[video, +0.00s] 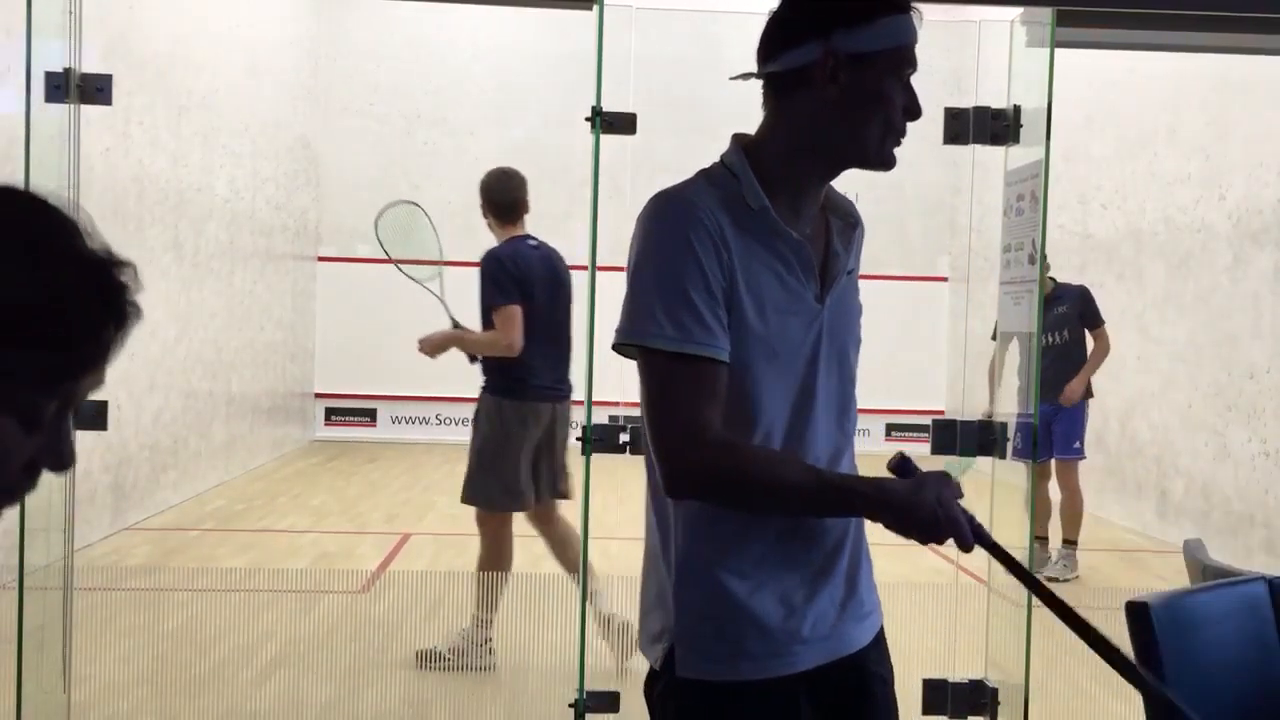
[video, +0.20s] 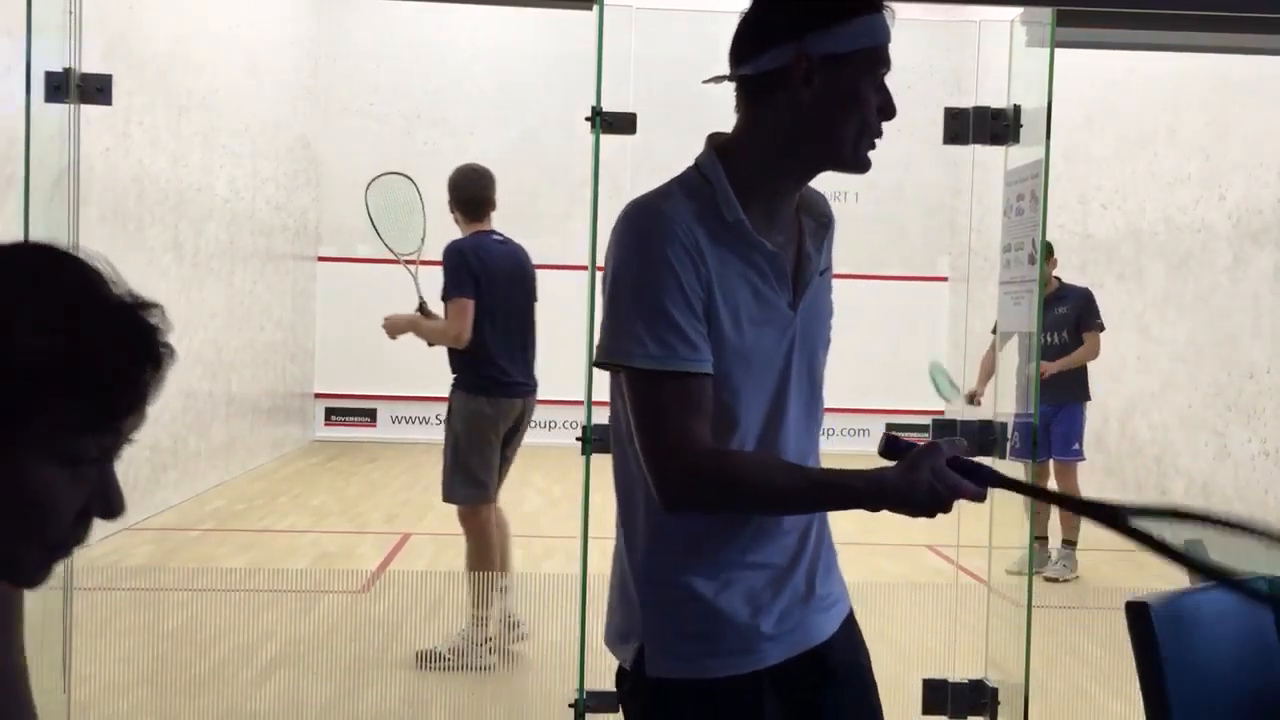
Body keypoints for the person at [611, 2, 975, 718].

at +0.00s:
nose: (916, 108)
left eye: (912, 81)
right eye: (899, 78)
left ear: (830, 78)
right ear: (826, 75)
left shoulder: (841, 225)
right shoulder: (686, 223)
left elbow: (808, 422)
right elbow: (689, 460)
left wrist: (885, 491)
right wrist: (881, 498)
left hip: (845, 630)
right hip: (726, 654)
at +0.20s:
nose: (890, 107)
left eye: (885, 80)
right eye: (871, 78)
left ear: (805, 82)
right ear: (800, 77)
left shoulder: (811, 220)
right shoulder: (662, 232)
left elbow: (775, 427)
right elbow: (683, 474)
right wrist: (879, 486)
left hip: (814, 618)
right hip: (700, 646)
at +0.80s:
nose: (838, 117)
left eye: (831, 93)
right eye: (817, 94)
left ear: (756, 103)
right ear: (750, 102)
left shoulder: (791, 232)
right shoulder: (628, 254)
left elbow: (772, 399)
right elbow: (563, 455)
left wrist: (791, 494)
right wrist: (749, 511)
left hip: (792, 604)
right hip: (688, 621)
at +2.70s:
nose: (555, 134)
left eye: (554, 113)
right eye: (529, 113)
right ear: (455, 115)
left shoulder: (577, 227)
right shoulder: (374, 254)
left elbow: (627, 356)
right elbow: (335, 414)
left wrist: (585, 396)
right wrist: (297, 577)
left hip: (564, 576)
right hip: (435, 582)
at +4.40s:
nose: (1021, 85)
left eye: (1047, 68)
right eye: (995, 66)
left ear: (1076, 101)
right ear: (955, 94)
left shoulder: (1046, 243)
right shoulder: (900, 247)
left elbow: (1022, 408)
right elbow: (847, 461)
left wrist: (1116, 456)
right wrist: (996, 595)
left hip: (1056, 639)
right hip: (945, 650)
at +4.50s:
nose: (1059, 83)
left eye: (1085, 64)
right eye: (1032, 63)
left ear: (1112, 93)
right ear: (989, 85)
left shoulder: (1079, 241)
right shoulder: (929, 244)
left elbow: (1052, 414)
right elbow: (882, 464)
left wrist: (1152, 455)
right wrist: (1032, 602)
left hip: (1094, 643)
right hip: (974, 656)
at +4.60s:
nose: (1093, 81)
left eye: (1121, 62)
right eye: (1065, 60)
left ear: (1148, 91)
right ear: (1022, 83)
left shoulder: (1116, 235)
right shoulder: (958, 243)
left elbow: (1088, 414)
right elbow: (912, 470)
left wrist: (1193, 454)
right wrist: (1071, 609)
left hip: (1125, 647)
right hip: (1001, 662)